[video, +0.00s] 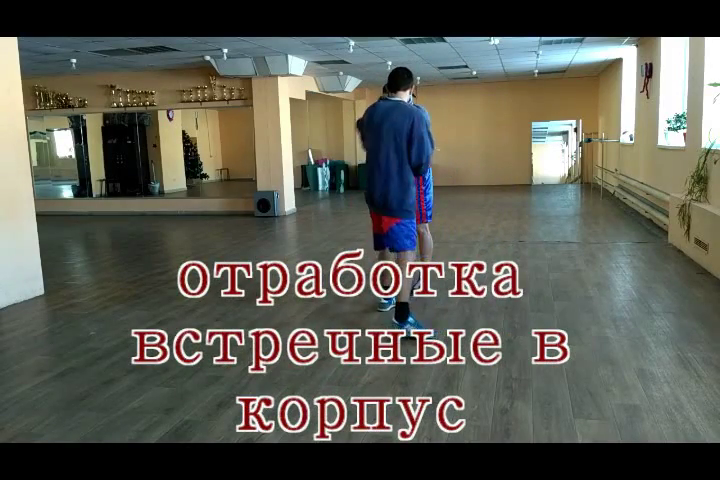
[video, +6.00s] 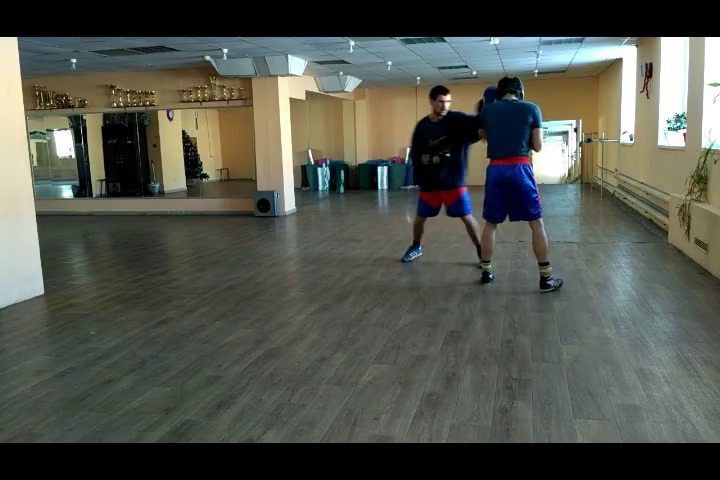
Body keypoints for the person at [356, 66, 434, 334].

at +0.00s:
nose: (413, 92)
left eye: (412, 89)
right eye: (413, 89)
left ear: (387, 86)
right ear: (410, 89)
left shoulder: (371, 111)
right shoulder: (413, 115)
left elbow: (368, 146)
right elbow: (420, 162)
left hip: (375, 190)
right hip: (402, 193)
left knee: (382, 248)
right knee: (405, 256)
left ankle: (386, 296)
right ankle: (403, 316)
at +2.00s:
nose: (402, 101)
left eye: (402, 97)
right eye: (402, 96)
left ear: (382, 93)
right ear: (396, 96)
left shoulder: (371, 114)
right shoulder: (381, 119)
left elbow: (381, 139)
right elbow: (383, 165)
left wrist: (398, 117)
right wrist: (395, 164)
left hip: (375, 192)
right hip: (370, 193)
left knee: (392, 234)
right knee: (363, 241)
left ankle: (387, 280)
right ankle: (340, 297)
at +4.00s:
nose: (394, 106)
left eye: (396, 102)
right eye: (392, 101)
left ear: (383, 101)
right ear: (380, 100)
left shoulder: (395, 117)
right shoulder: (359, 120)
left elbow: (422, 114)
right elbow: (349, 156)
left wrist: (449, 104)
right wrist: (378, 158)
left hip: (375, 181)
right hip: (353, 182)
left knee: (384, 223)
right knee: (344, 222)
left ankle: (388, 264)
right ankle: (329, 265)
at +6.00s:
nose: (444, 106)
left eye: (447, 102)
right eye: (440, 102)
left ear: (450, 102)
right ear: (432, 102)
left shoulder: (458, 120)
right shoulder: (422, 126)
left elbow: (482, 125)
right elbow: (415, 154)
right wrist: (418, 178)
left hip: (454, 181)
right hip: (429, 182)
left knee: (466, 217)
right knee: (420, 218)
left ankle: (481, 250)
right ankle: (416, 246)